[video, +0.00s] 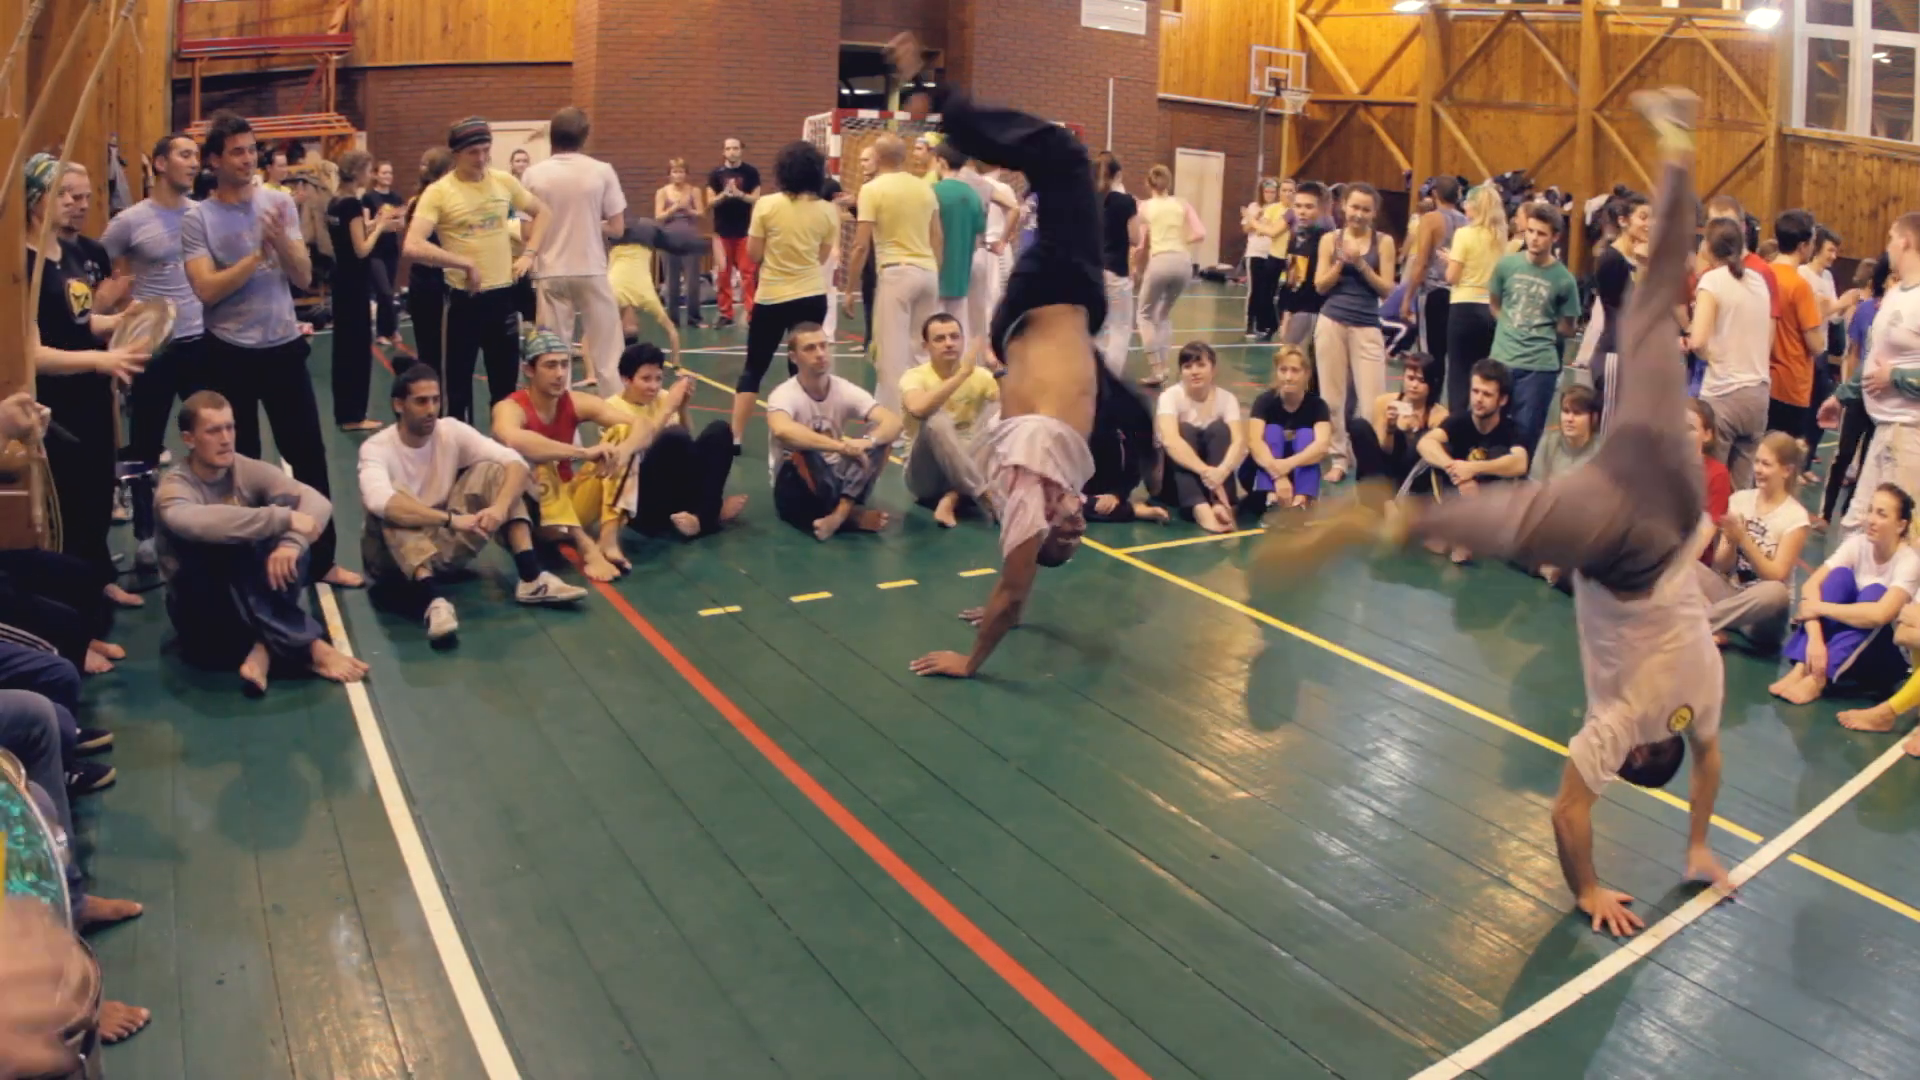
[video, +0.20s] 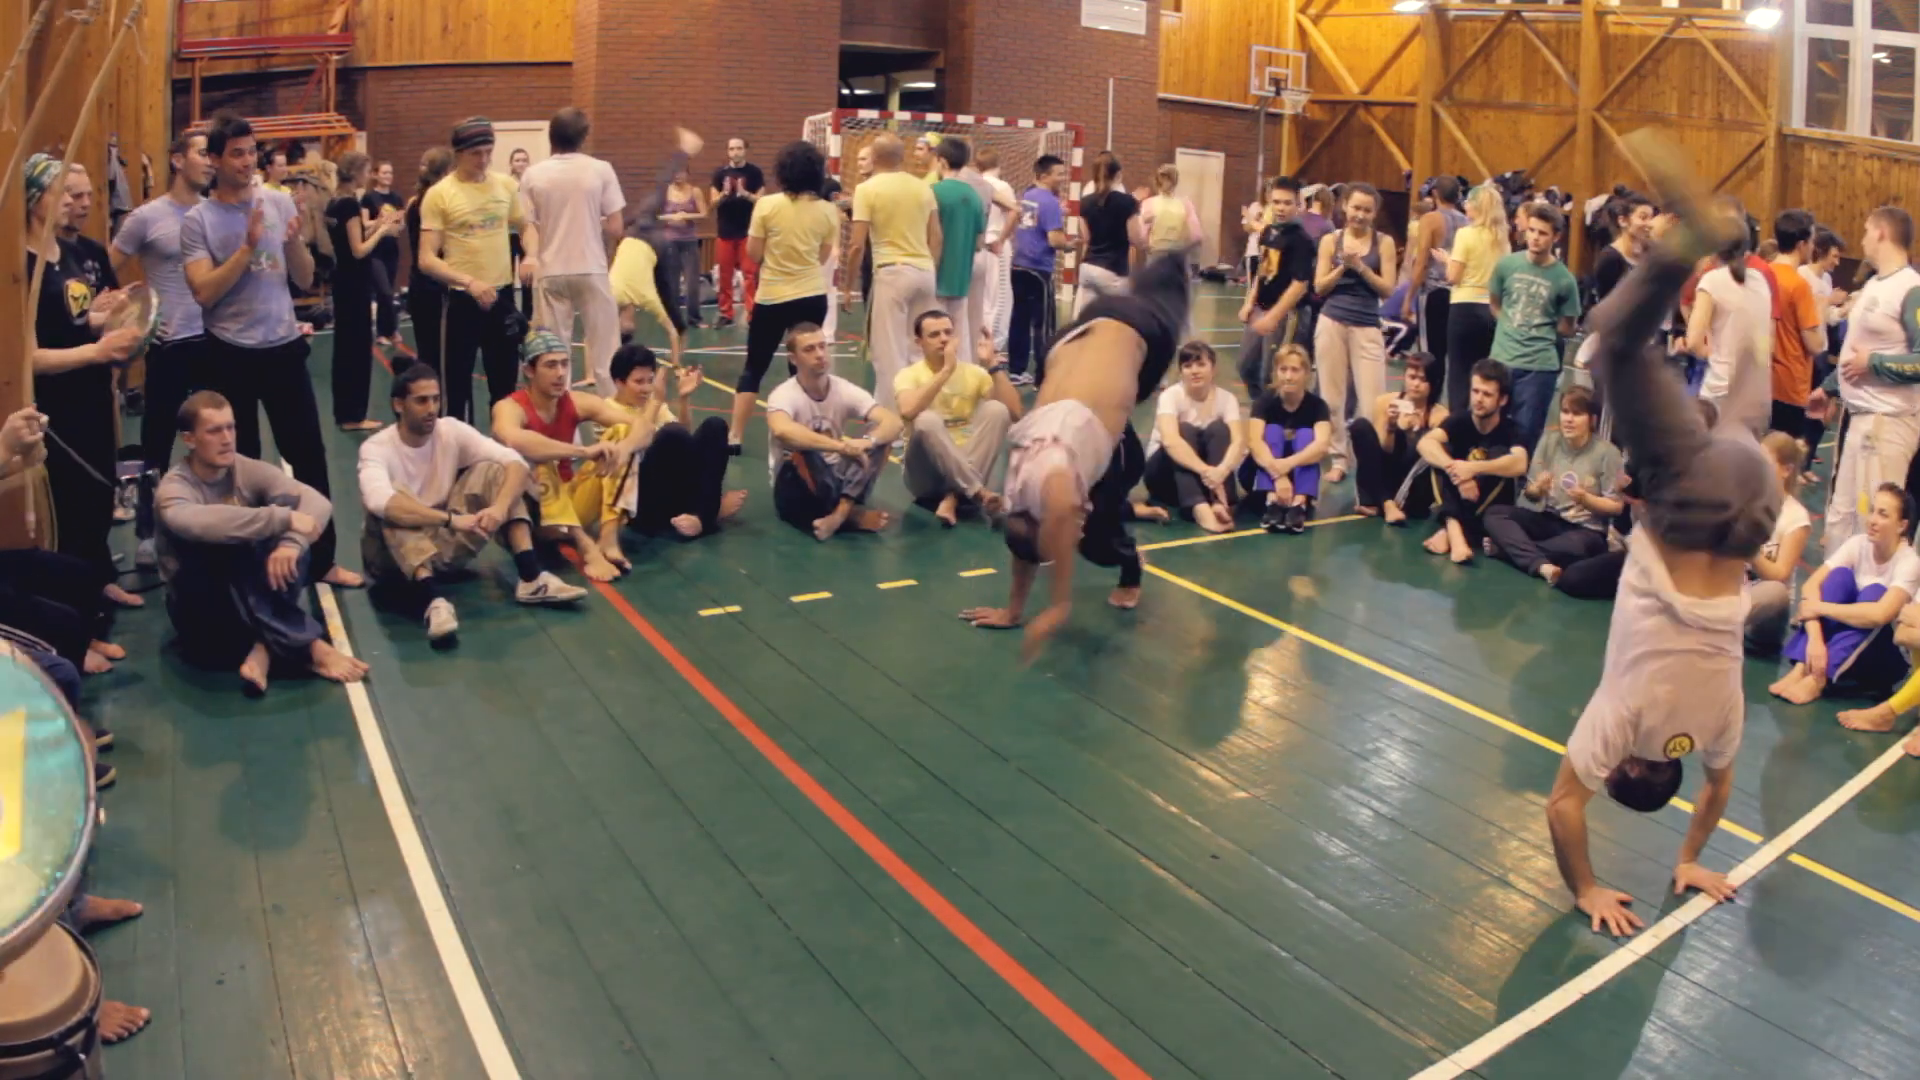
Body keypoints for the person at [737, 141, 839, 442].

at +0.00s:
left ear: (781, 170)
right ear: (818, 172)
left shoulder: (766, 205)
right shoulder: (827, 210)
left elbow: (755, 252)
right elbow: (823, 255)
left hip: (772, 300)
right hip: (812, 299)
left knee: (754, 369)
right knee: (804, 367)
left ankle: (735, 438)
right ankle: (807, 435)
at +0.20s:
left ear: (781, 171)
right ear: (818, 172)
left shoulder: (767, 205)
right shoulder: (828, 211)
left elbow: (754, 251)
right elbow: (824, 255)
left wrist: (779, 248)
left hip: (772, 300)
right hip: (812, 298)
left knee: (754, 369)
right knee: (806, 368)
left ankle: (734, 437)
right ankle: (809, 436)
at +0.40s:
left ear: (781, 170)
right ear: (819, 172)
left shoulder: (767, 205)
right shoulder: (827, 210)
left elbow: (755, 251)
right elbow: (824, 255)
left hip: (773, 300)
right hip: (813, 298)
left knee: (754, 369)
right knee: (806, 368)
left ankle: (735, 437)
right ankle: (810, 435)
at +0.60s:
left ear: (781, 170)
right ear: (819, 172)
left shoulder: (767, 204)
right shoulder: (829, 211)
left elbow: (755, 252)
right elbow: (824, 255)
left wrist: (782, 248)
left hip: (773, 300)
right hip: (813, 299)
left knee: (754, 370)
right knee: (806, 369)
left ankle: (736, 437)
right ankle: (809, 436)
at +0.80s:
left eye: (779, 166)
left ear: (781, 171)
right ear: (819, 172)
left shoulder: (767, 205)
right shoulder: (828, 210)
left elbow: (755, 251)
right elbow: (825, 253)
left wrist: (780, 254)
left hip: (772, 301)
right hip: (813, 299)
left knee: (754, 368)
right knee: (806, 367)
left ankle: (735, 438)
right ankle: (807, 437)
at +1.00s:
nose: (773, 171)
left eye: (777, 167)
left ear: (781, 172)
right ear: (818, 172)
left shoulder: (767, 205)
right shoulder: (828, 210)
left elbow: (755, 251)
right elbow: (825, 253)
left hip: (772, 301)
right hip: (813, 298)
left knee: (754, 369)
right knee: (807, 369)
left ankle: (733, 435)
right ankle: (808, 436)